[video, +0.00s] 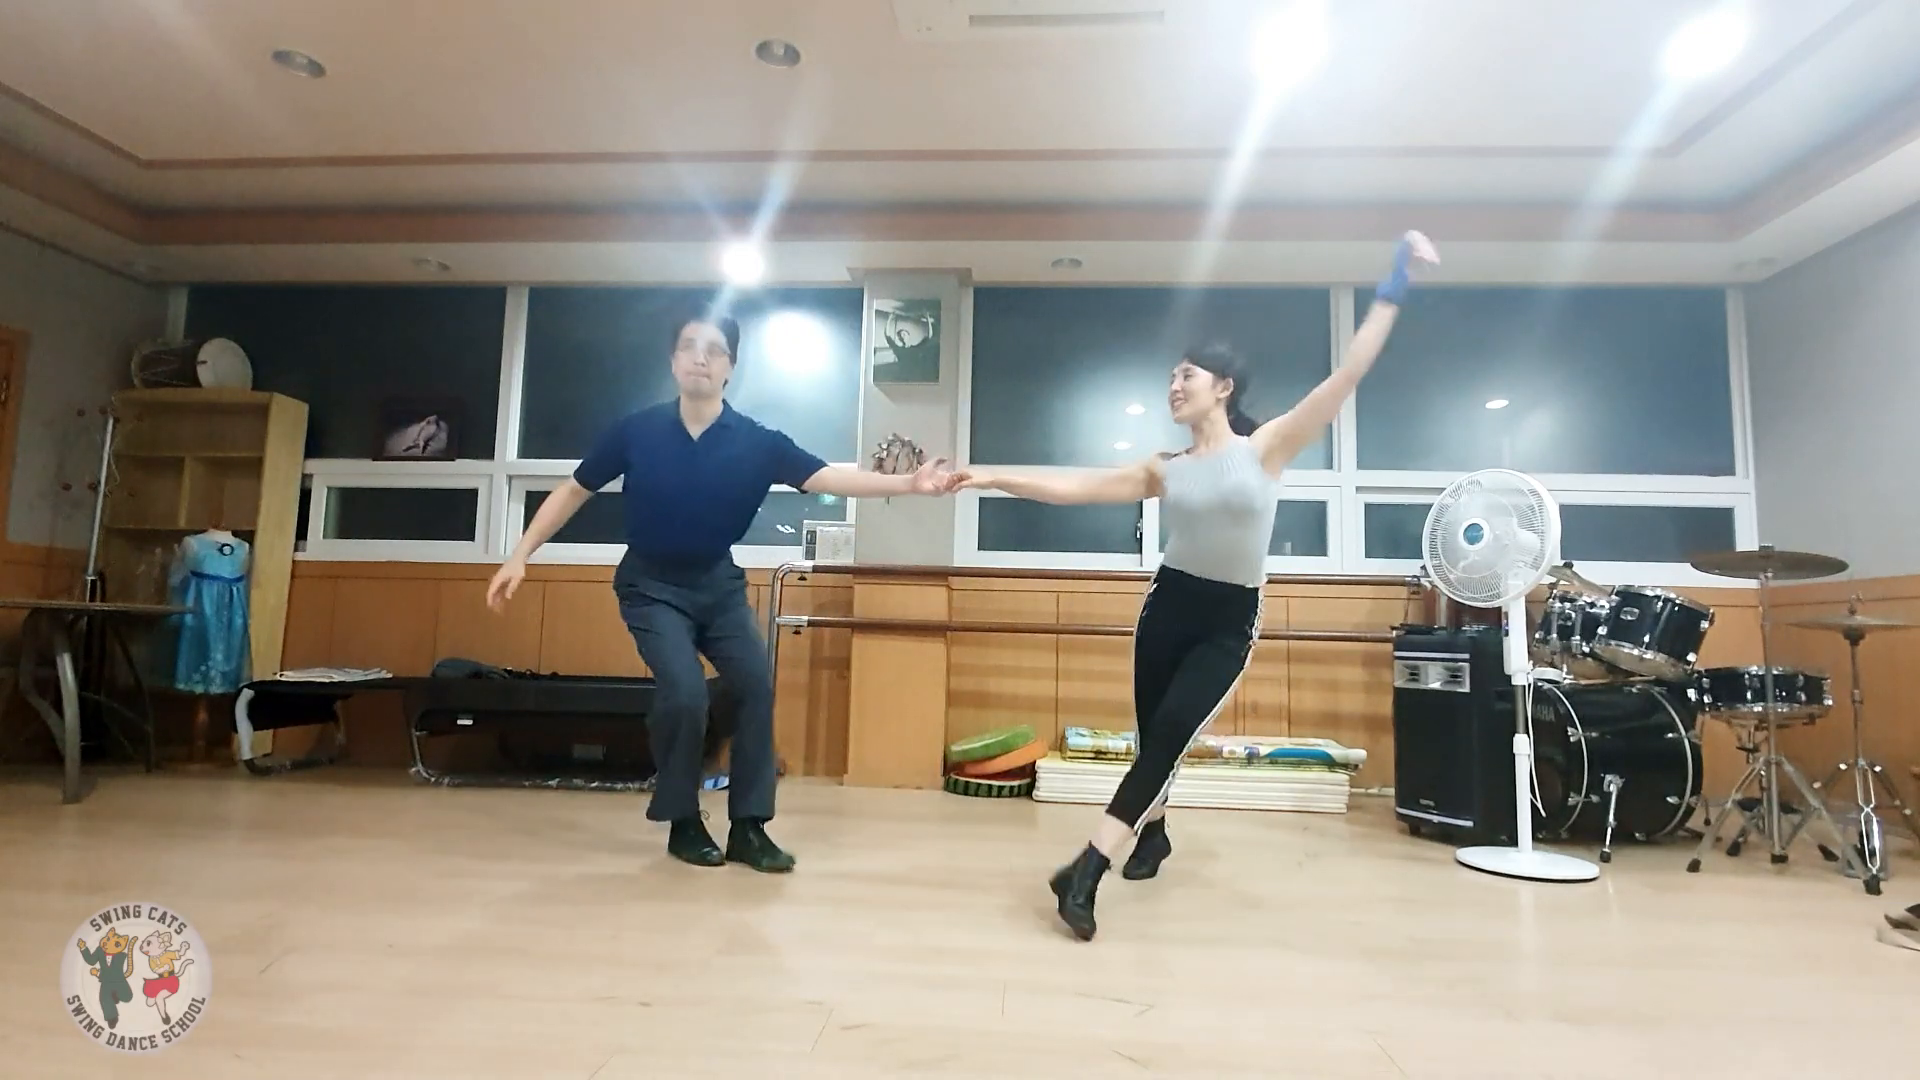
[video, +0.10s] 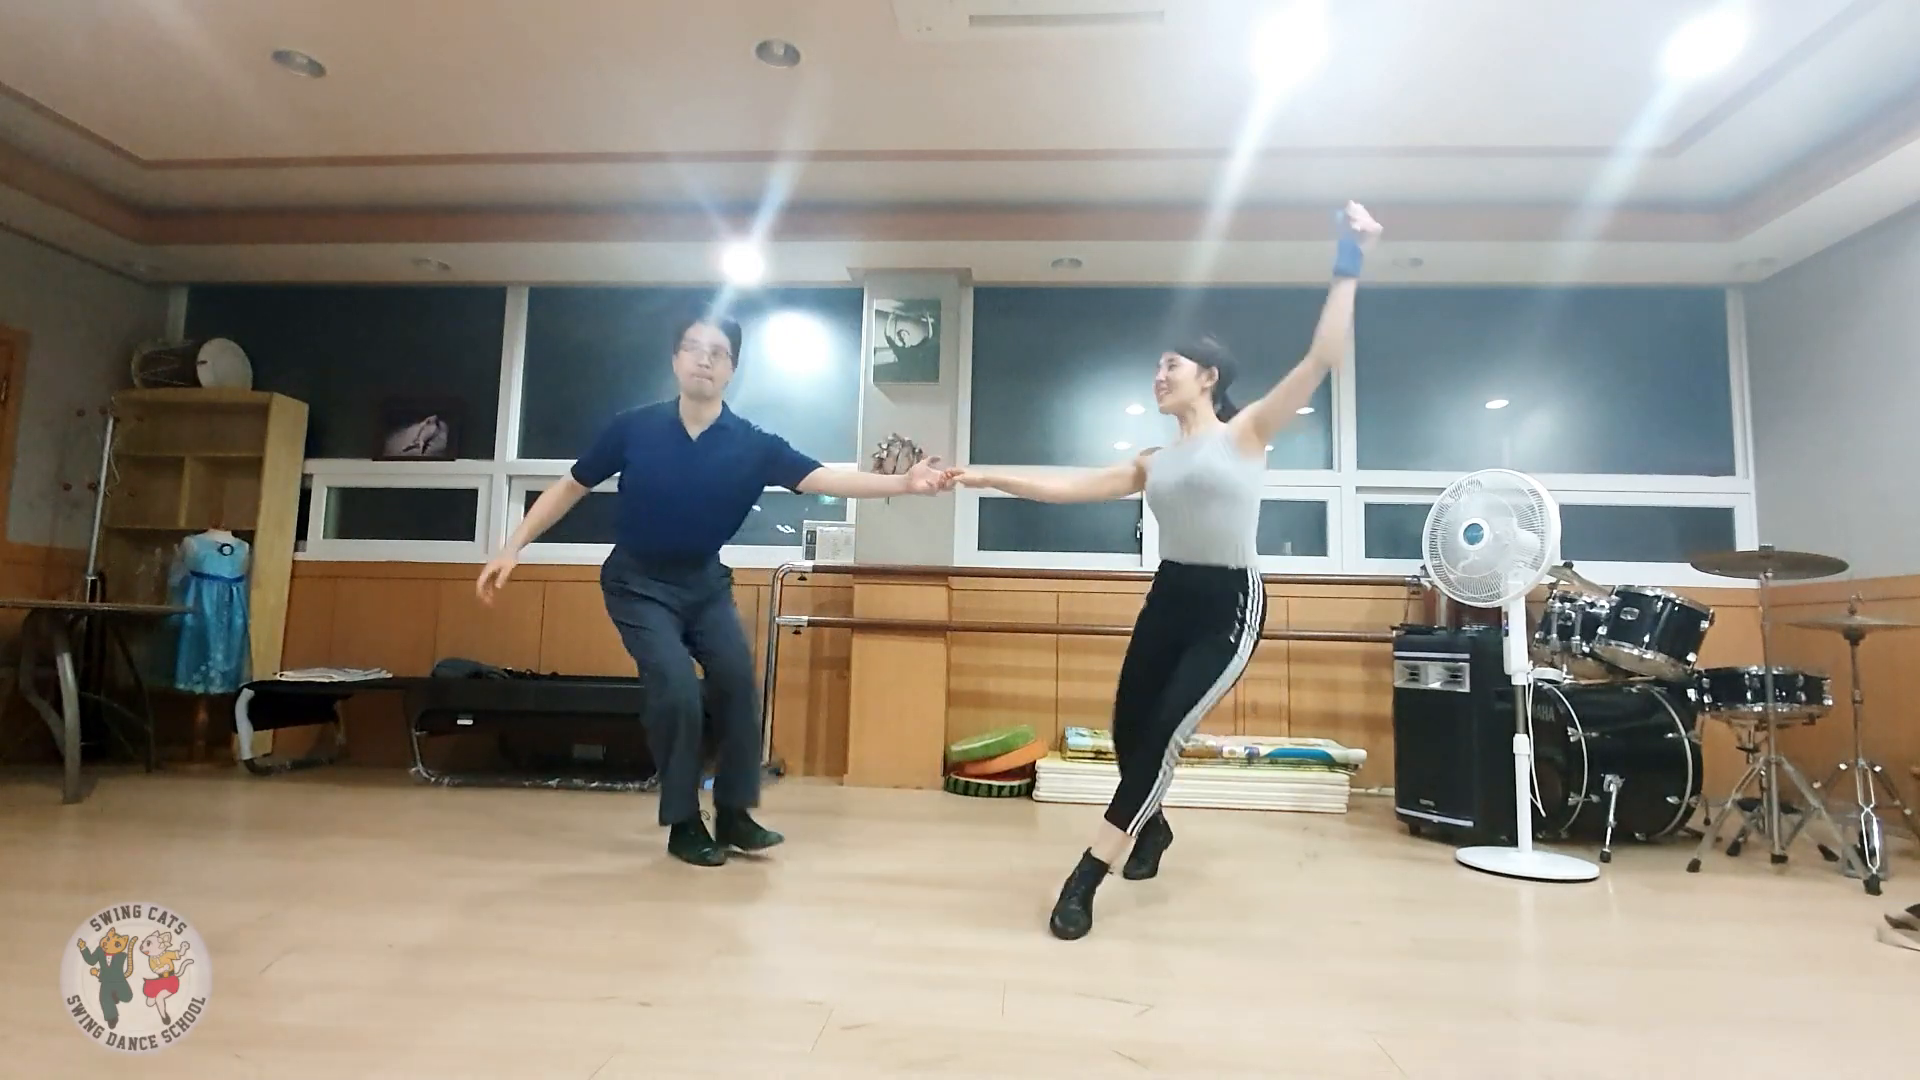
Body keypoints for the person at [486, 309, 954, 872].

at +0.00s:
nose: (699, 361)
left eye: (714, 351)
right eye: (689, 347)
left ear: (731, 367)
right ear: (672, 359)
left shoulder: (757, 442)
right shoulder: (637, 433)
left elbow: (829, 476)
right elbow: (574, 490)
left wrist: (909, 482)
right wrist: (519, 556)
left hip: (720, 587)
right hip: (651, 586)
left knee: (755, 679)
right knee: (685, 689)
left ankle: (749, 828)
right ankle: (684, 824)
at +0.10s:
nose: (703, 362)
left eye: (717, 354)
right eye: (693, 350)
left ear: (732, 370)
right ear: (673, 360)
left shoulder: (752, 444)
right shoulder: (634, 429)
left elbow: (825, 478)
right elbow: (571, 487)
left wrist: (906, 482)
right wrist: (513, 546)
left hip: (706, 583)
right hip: (639, 582)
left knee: (737, 678)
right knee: (677, 684)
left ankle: (734, 813)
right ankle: (682, 824)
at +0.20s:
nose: (706, 364)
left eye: (719, 358)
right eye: (696, 353)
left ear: (732, 375)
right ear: (675, 364)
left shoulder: (749, 448)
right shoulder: (633, 429)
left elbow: (820, 478)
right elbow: (568, 484)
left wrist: (900, 482)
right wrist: (507, 543)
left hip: (693, 586)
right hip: (629, 582)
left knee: (721, 690)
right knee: (671, 686)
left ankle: (690, 793)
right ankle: (686, 825)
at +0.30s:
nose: (706, 368)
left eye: (718, 361)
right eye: (696, 356)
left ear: (732, 379)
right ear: (674, 367)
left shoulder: (746, 454)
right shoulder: (630, 431)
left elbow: (817, 483)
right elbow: (565, 486)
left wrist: (897, 488)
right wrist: (503, 541)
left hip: (686, 589)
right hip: (622, 582)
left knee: (702, 706)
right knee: (667, 687)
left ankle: (643, 776)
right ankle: (687, 824)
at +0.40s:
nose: (703, 369)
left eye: (717, 363)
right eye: (694, 358)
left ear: (730, 382)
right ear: (672, 371)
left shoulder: (744, 458)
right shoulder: (627, 432)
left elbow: (815, 489)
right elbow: (562, 485)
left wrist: (897, 495)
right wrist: (499, 541)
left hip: (677, 593)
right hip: (616, 582)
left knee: (680, 712)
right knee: (657, 687)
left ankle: (597, 761)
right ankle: (687, 824)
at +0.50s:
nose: (701, 372)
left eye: (714, 366)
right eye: (692, 362)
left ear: (728, 385)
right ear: (671, 374)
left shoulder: (741, 461)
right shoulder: (627, 434)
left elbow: (812, 490)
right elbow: (559, 487)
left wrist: (892, 495)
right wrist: (492, 541)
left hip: (671, 595)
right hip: (611, 583)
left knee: (651, 722)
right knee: (657, 691)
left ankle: (557, 758)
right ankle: (685, 823)